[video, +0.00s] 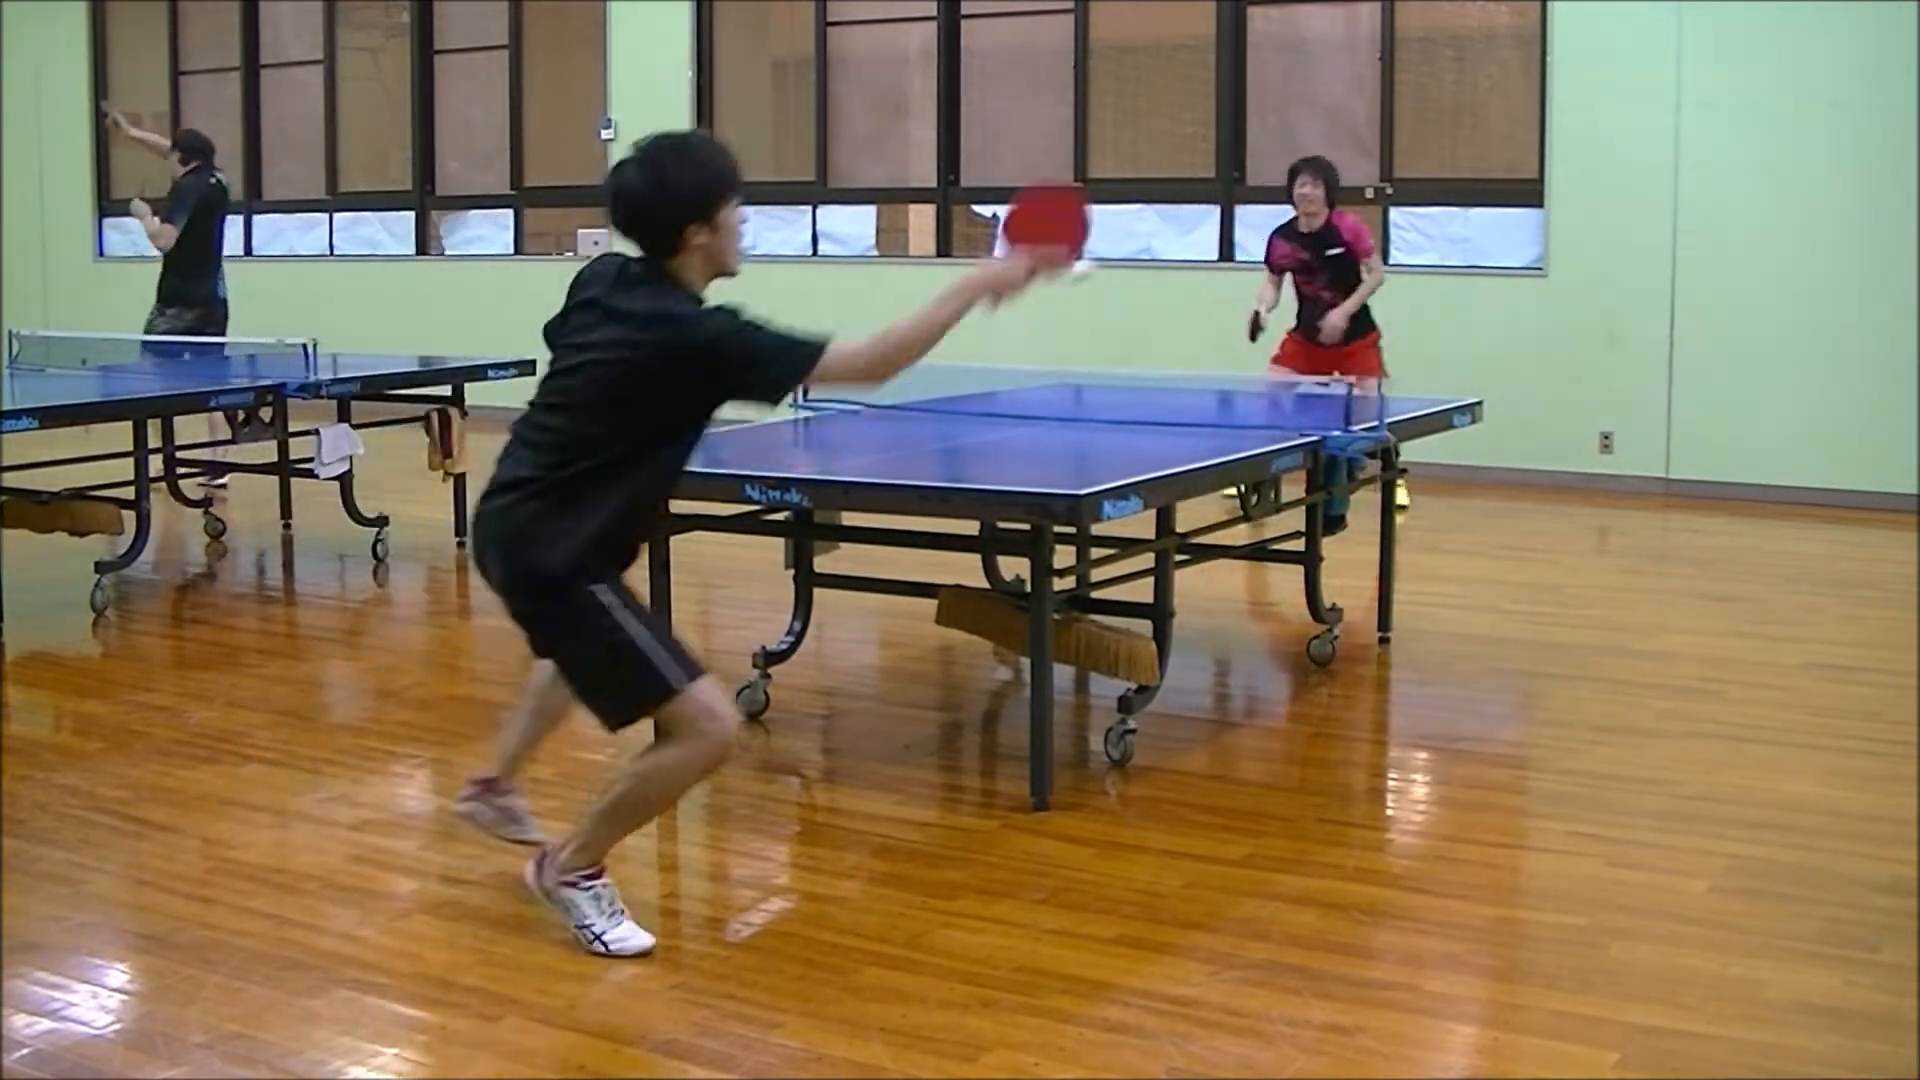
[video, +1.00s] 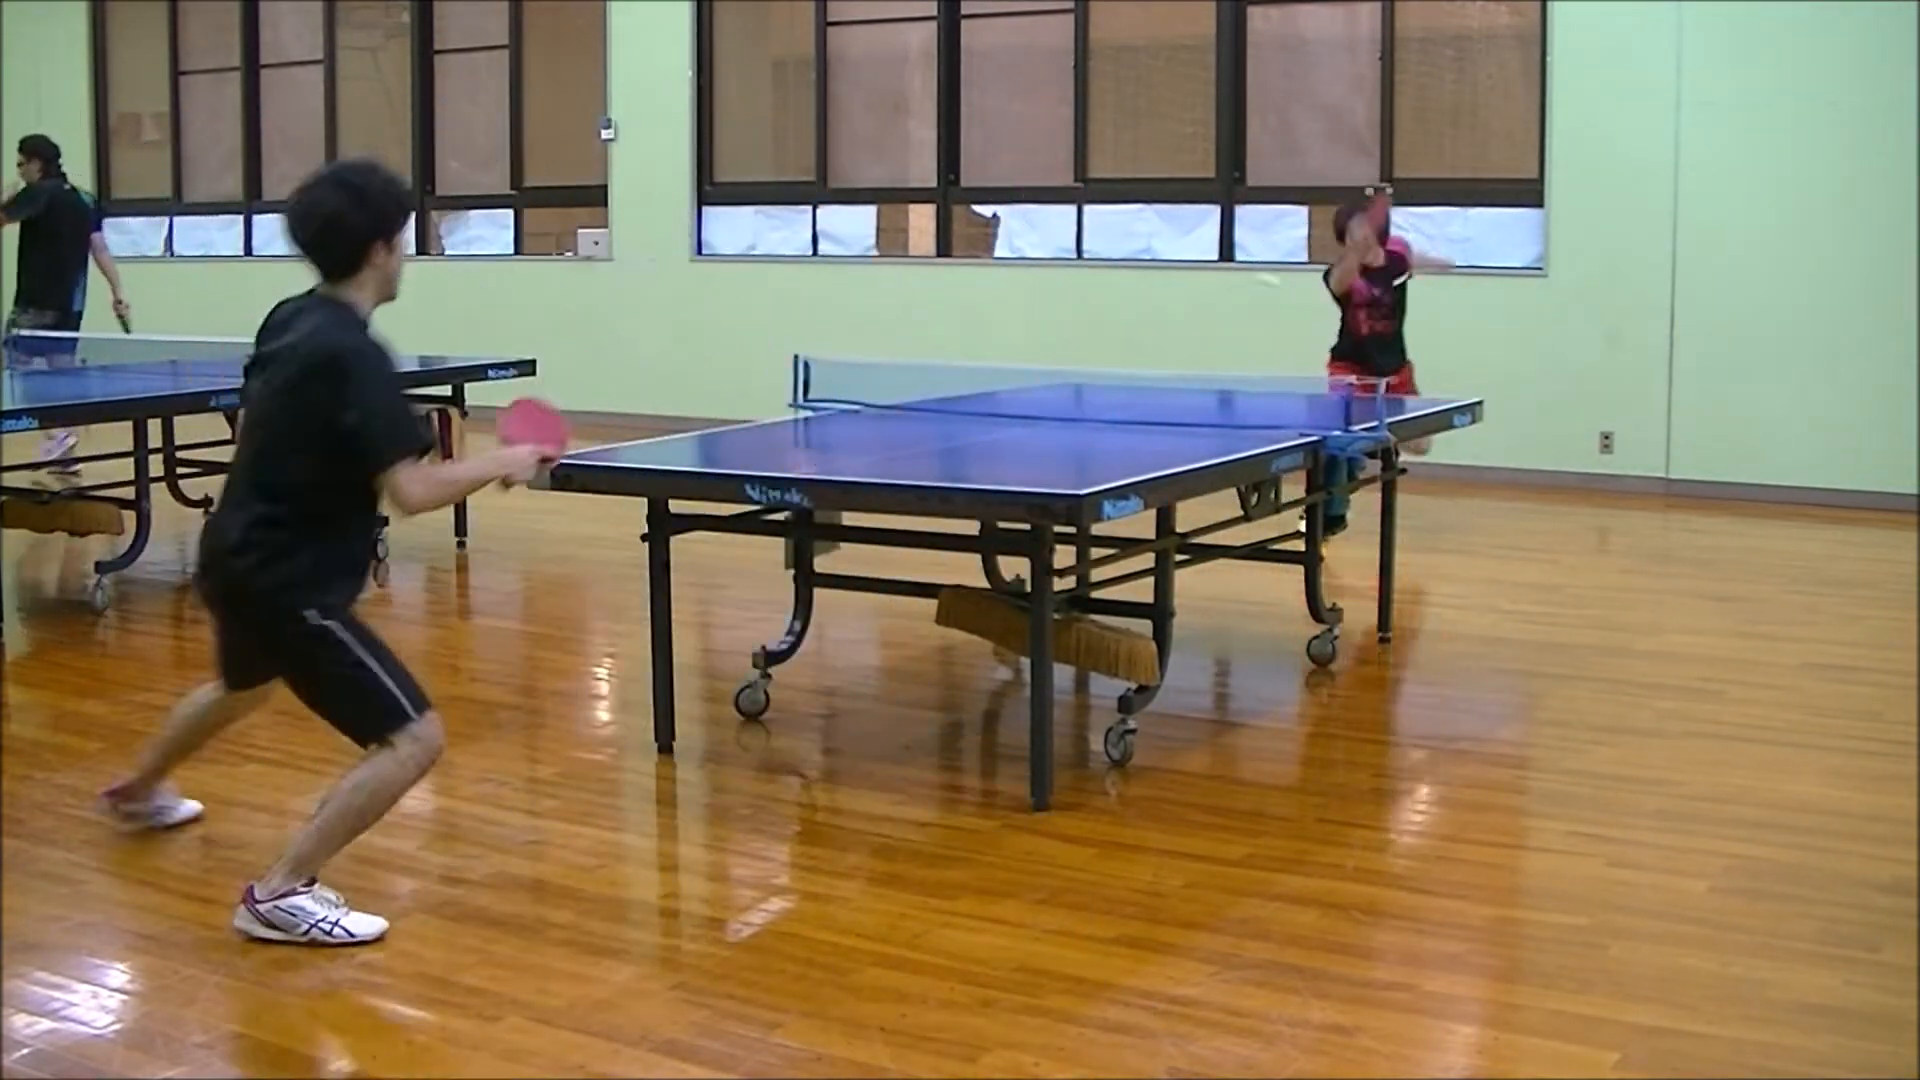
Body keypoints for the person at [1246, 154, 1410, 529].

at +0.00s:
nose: (1308, 192)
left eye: (1315, 185)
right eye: (1301, 185)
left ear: (1330, 191)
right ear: (1291, 193)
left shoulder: (1348, 229)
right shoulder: (1282, 239)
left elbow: (1376, 274)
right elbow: (1272, 282)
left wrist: (1343, 312)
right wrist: (1261, 310)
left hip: (1356, 344)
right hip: (1305, 341)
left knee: (1366, 420)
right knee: (1269, 406)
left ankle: (1392, 477)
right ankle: (1258, 478)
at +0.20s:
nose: (1352, 214)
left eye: (1360, 207)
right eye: (1346, 207)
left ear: (1372, 214)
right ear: (1336, 213)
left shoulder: (1390, 250)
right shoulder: (1321, 256)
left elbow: (1412, 295)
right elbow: (1291, 299)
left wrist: (1418, 344)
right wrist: (1300, 333)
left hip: (1390, 355)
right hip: (1337, 357)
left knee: (1434, 416)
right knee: (1303, 413)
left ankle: (1436, 482)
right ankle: (1289, 483)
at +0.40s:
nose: (1375, 208)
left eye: (1384, 202)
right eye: (1368, 200)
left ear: (1396, 208)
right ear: (1357, 204)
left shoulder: (1399, 240)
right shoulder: (1341, 244)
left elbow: (1407, 279)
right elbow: (1331, 305)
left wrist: (1437, 312)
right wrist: (1368, 342)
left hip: (1364, 342)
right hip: (1323, 343)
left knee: (1405, 396)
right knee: (1326, 424)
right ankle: (1325, 510)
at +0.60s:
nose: (1395, 239)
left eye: (1403, 233)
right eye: (1388, 231)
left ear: (1413, 241)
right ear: (1374, 234)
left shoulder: (1392, 264)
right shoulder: (1360, 270)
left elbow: (1388, 279)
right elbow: (1371, 339)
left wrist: (1404, 294)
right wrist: (1416, 361)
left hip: (1337, 355)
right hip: (1306, 352)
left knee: (1370, 412)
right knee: (1330, 426)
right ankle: (1316, 506)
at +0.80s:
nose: (1387, 267)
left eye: (1395, 260)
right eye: (1380, 258)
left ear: (1404, 263)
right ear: (1365, 258)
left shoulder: (1390, 285)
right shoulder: (1349, 298)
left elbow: (1369, 331)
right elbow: (1357, 367)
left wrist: (1362, 370)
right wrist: (1406, 390)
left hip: (1343, 367)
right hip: (1314, 369)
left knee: (1350, 439)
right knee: (1332, 443)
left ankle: (1335, 509)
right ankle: (1324, 515)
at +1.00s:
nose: (1364, 238)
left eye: (1367, 230)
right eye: (1356, 233)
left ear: (1376, 231)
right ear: (1344, 239)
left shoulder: (1396, 257)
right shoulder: (1340, 272)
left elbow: (1420, 263)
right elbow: (1339, 282)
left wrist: (1439, 266)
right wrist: (1356, 249)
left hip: (1393, 365)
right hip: (1349, 366)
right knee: (1337, 438)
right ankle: (1328, 512)